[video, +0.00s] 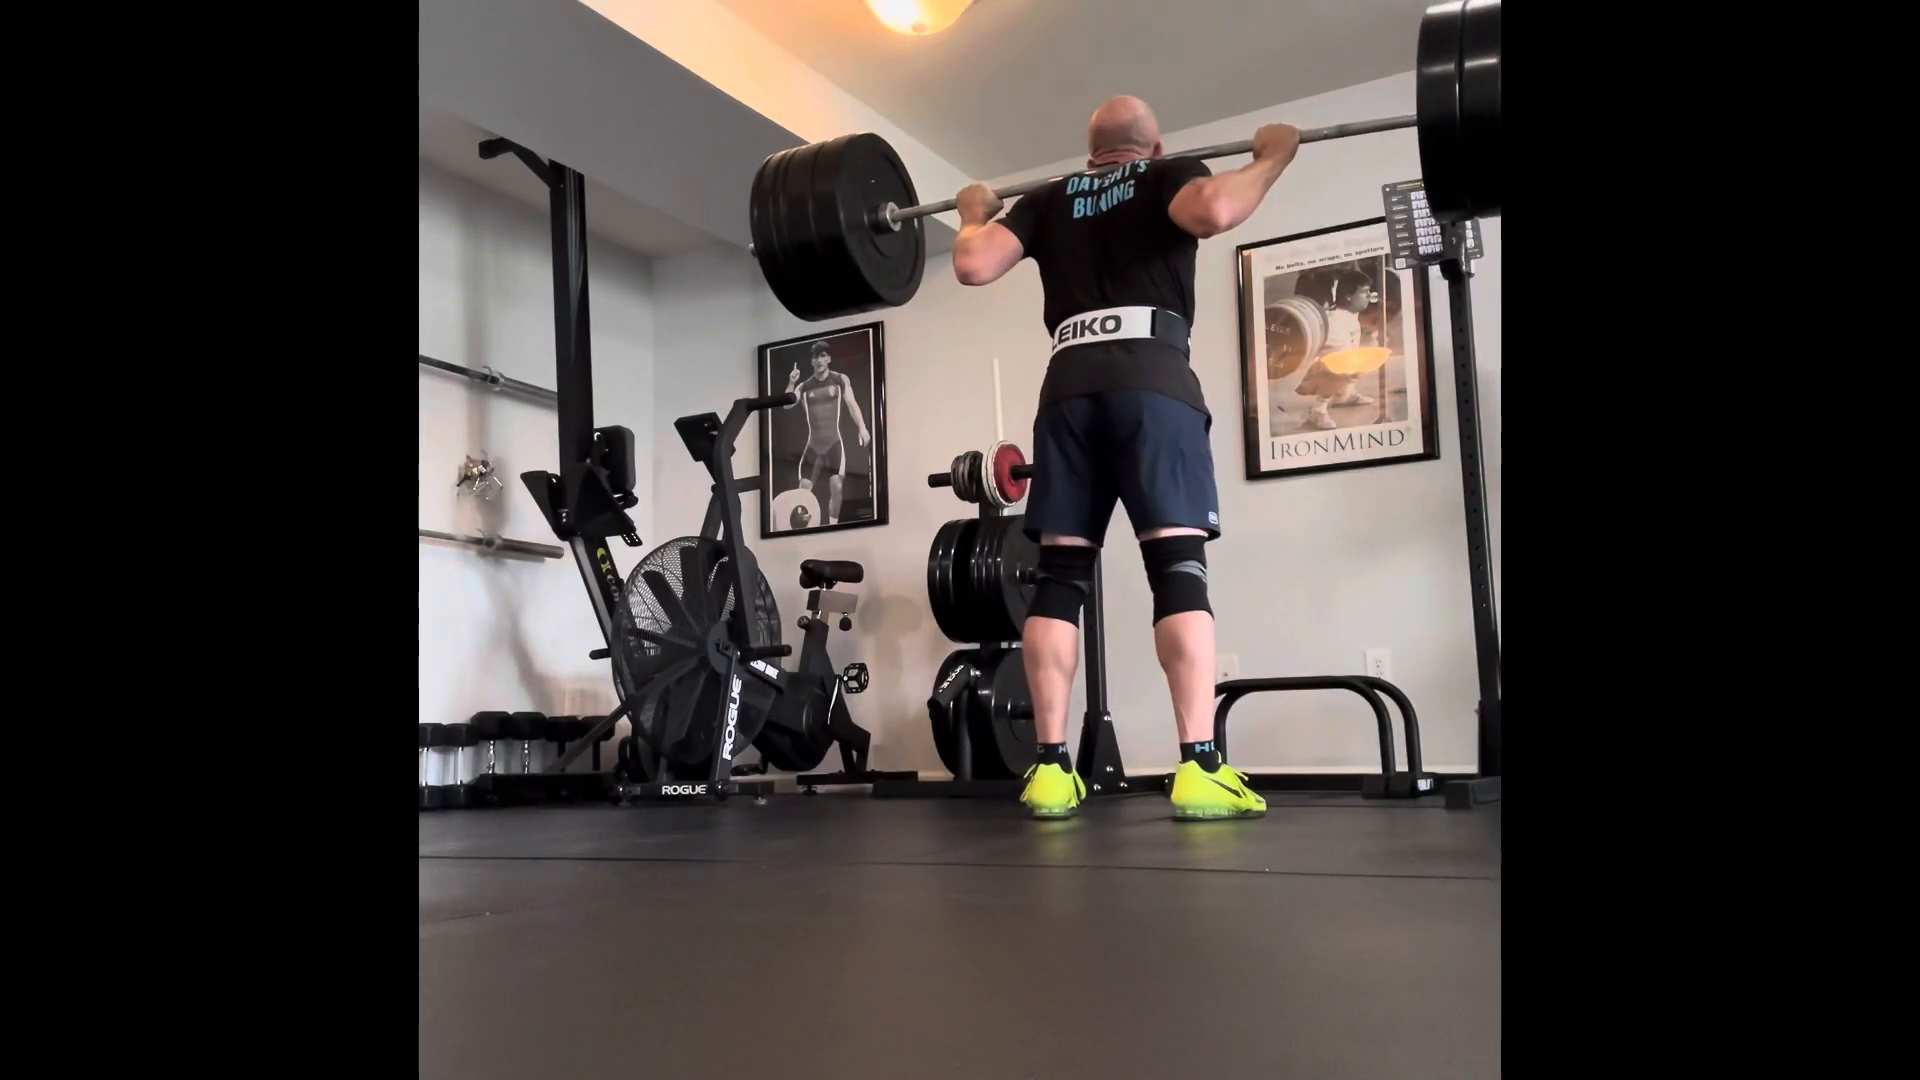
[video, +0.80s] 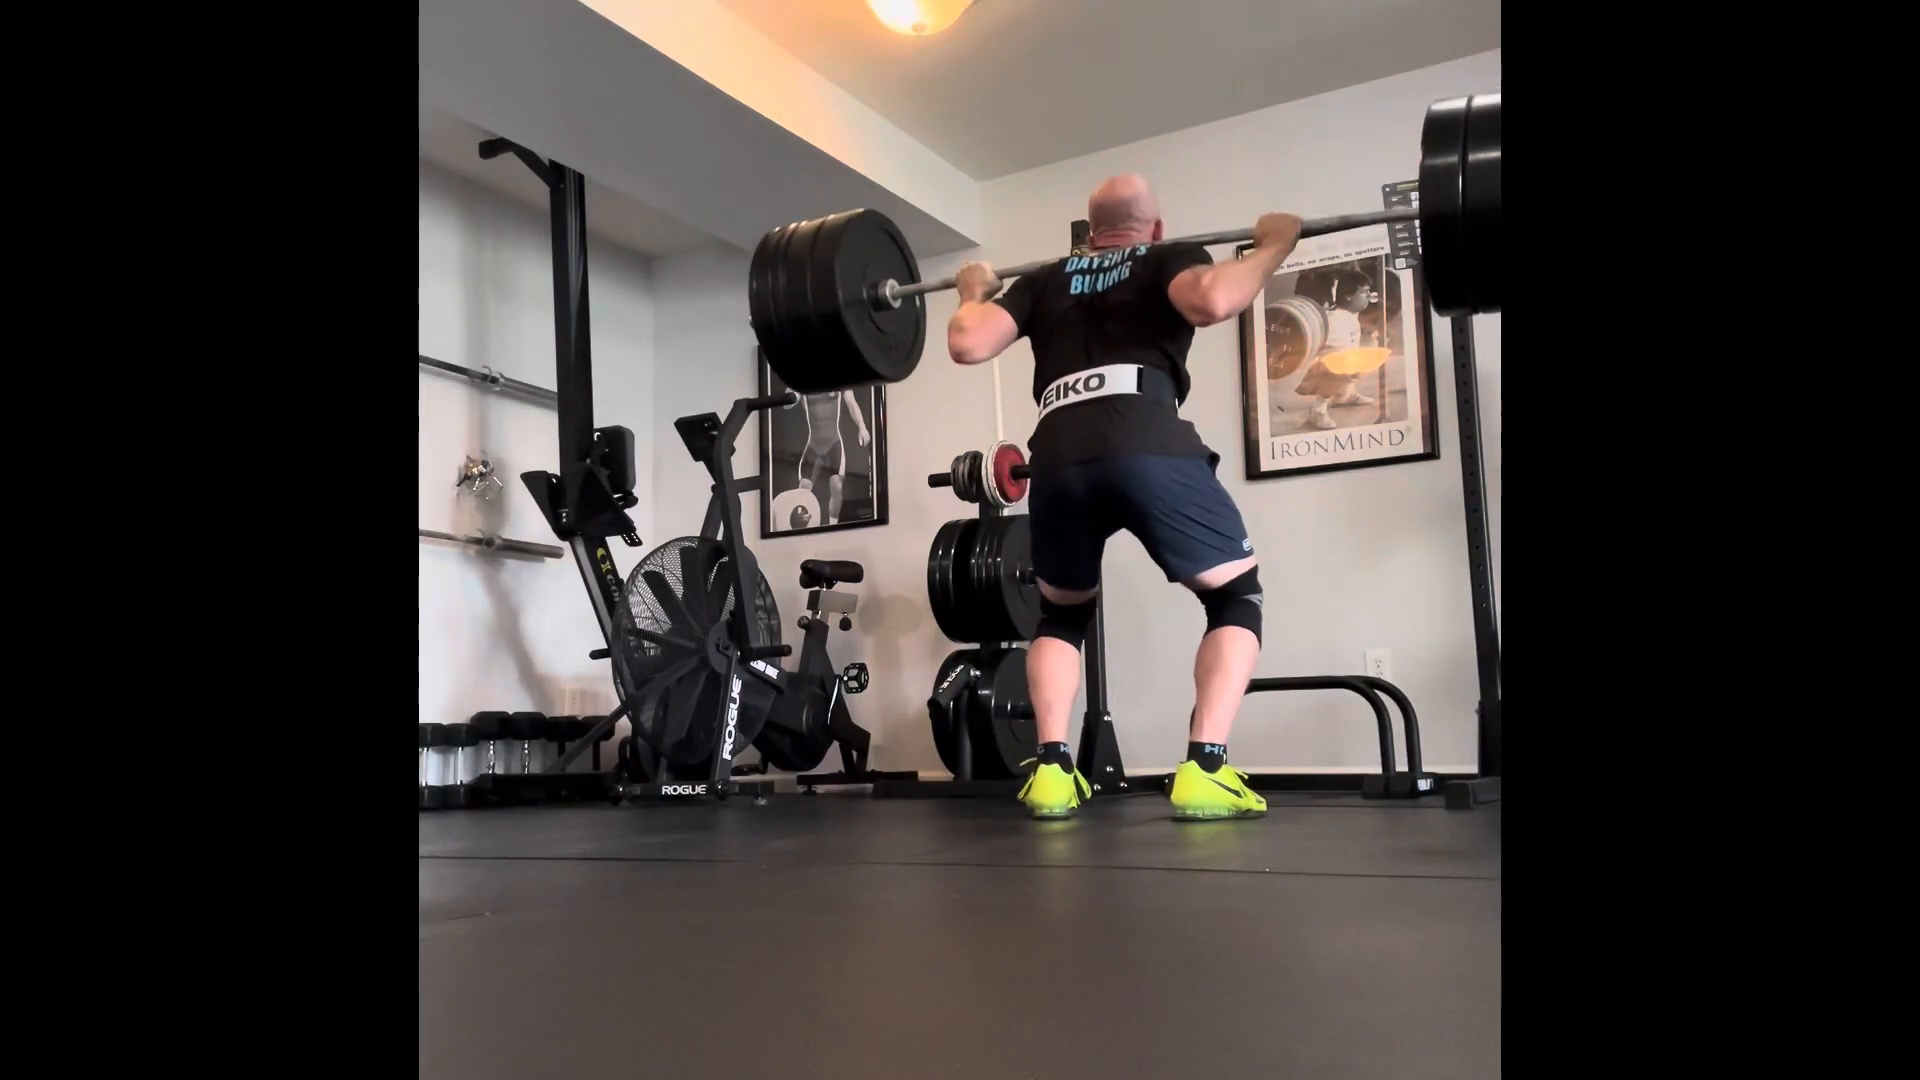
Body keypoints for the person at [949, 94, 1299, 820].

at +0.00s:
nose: (1152, 148)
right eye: (1155, 140)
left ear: (1088, 149)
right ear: (1155, 145)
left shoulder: (1047, 200)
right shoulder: (1165, 173)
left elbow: (972, 263)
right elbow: (1217, 209)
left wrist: (972, 214)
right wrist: (1270, 159)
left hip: (1068, 385)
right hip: (1156, 382)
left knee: (1059, 577)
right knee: (1178, 570)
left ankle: (1051, 766)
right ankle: (1199, 763)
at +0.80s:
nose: (1157, 230)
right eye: (1157, 223)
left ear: (1087, 230)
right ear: (1155, 228)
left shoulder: (1044, 281)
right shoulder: (1169, 257)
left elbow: (965, 345)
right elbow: (1211, 302)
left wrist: (971, 292)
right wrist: (1271, 246)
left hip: (1057, 450)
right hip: (1149, 438)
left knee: (1061, 612)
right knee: (1234, 598)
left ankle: (1052, 767)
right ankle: (1205, 765)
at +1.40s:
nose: (1165, 317)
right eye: (1163, 311)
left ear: (1095, 318)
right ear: (1158, 316)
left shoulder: (1044, 364)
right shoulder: (1172, 346)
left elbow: (964, 439)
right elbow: (1218, 397)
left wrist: (971, 384)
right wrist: (1278, 341)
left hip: (1037, 511)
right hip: (1130, 497)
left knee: (1062, 624)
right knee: (1244, 608)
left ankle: (1051, 769)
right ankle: (1205, 767)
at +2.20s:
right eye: (1170, 402)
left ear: (1104, 412)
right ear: (1170, 408)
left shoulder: (1049, 456)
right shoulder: (1182, 439)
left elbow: (968, 538)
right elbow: (1229, 501)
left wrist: (976, 474)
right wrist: (1290, 437)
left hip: (1042, 607)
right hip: (1144, 598)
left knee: (1053, 635)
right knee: (1254, 612)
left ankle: (1053, 768)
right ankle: (1205, 769)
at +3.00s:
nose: (1169, 335)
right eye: (1168, 329)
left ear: (1100, 333)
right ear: (1163, 332)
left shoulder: (1045, 375)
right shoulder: (1173, 360)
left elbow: (963, 443)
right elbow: (1218, 401)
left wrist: (972, 393)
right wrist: (1279, 352)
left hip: (1032, 508)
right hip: (1126, 495)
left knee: (1094, 617)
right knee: (1218, 604)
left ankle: (1055, 770)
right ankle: (1203, 767)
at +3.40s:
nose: (1159, 228)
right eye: (1158, 220)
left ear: (1089, 227)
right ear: (1156, 225)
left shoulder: (1045, 282)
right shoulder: (1169, 259)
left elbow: (967, 349)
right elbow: (1213, 305)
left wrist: (967, 296)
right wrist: (1269, 249)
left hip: (1052, 438)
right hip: (1142, 424)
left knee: (1086, 604)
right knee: (1223, 593)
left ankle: (1056, 765)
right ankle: (1205, 766)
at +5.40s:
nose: (1146, 149)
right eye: (1151, 140)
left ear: (1084, 151)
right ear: (1153, 146)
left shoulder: (1043, 201)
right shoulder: (1165, 176)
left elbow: (967, 259)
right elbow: (1216, 218)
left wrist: (968, 213)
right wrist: (1271, 157)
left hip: (1066, 380)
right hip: (1154, 377)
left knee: (1056, 573)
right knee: (1169, 569)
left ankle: (1050, 764)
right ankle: (1197, 763)